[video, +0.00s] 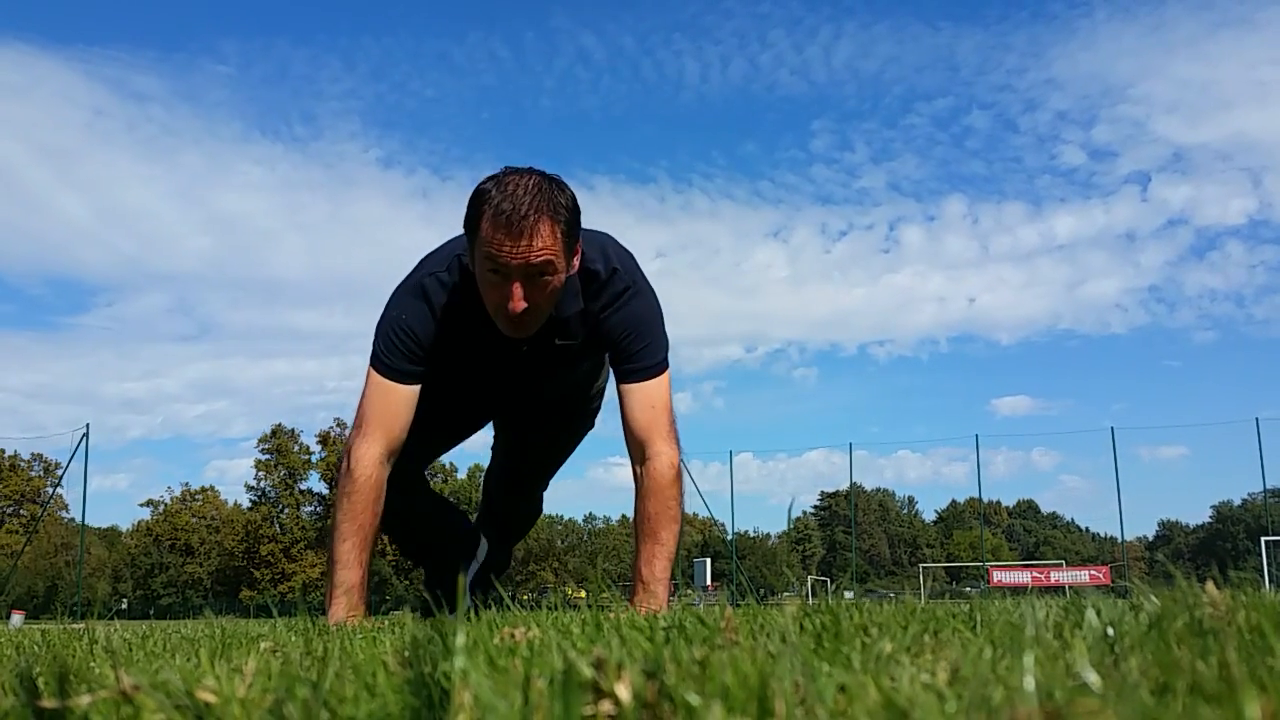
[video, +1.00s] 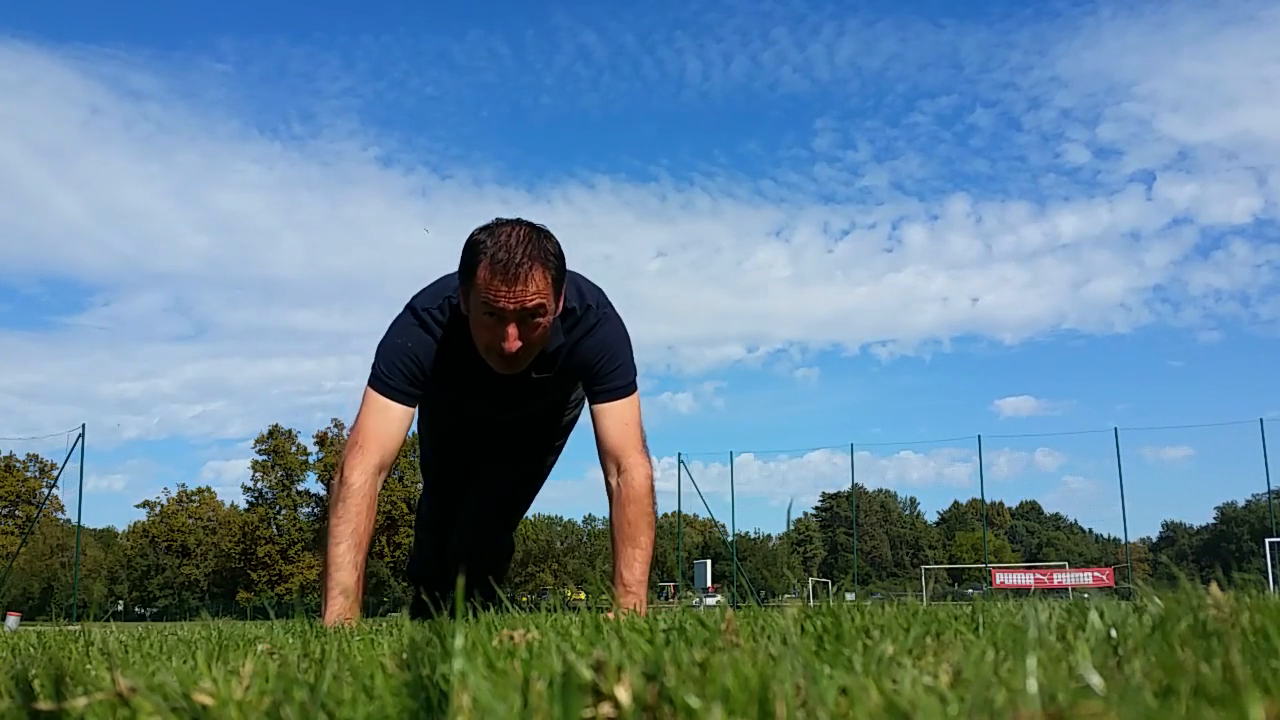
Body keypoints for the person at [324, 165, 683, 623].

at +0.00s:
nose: (516, 300)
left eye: (538, 275)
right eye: (496, 274)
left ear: (572, 260)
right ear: (471, 254)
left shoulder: (618, 289)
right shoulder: (423, 300)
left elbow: (656, 453)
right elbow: (368, 453)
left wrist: (649, 610)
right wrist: (344, 616)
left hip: (559, 382)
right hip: (465, 375)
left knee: (514, 494)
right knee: (381, 474)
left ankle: (476, 586)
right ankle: (457, 560)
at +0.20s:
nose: (518, 307)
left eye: (539, 283)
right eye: (498, 282)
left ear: (571, 266)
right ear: (469, 261)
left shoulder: (611, 295)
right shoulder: (419, 302)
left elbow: (658, 456)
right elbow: (362, 456)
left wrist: (650, 611)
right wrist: (342, 618)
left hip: (548, 407)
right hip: (451, 401)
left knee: (507, 518)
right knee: (425, 523)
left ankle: (472, 603)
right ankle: (388, 597)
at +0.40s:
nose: (505, 321)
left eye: (527, 296)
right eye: (485, 294)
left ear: (556, 283)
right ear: (456, 276)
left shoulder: (593, 312)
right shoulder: (409, 307)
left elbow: (647, 461)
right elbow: (355, 459)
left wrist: (649, 616)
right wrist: (338, 622)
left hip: (526, 422)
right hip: (432, 417)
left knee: (491, 531)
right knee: (415, 530)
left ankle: (469, 606)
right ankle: (395, 606)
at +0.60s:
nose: (512, 326)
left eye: (533, 304)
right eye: (494, 302)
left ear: (559, 287)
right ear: (462, 280)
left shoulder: (590, 312)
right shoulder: (417, 308)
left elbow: (630, 452)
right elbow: (355, 461)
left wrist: (635, 589)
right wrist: (337, 619)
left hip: (505, 416)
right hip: (422, 410)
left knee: (477, 530)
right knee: (408, 521)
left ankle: (470, 633)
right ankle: (400, 618)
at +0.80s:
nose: (515, 341)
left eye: (537, 318)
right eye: (496, 317)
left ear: (562, 302)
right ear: (465, 296)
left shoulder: (595, 325)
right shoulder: (417, 320)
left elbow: (624, 467)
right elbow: (354, 466)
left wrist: (629, 611)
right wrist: (337, 623)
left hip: (523, 405)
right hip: (435, 402)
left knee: (488, 520)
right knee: (428, 512)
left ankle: (472, 620)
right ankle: (426, 624)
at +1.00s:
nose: (511, 339)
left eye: (531, 317)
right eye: (493, 316)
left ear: (557, 300)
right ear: (464, 296)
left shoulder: (594, 326)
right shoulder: (423, 327)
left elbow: (627, 468)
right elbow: (361, 467)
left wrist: (630, 613)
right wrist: (340, 624)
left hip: (542, 410)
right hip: (454, 404)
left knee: (494, 524)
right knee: (441, 511)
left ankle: (476, 626)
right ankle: (427, 623)